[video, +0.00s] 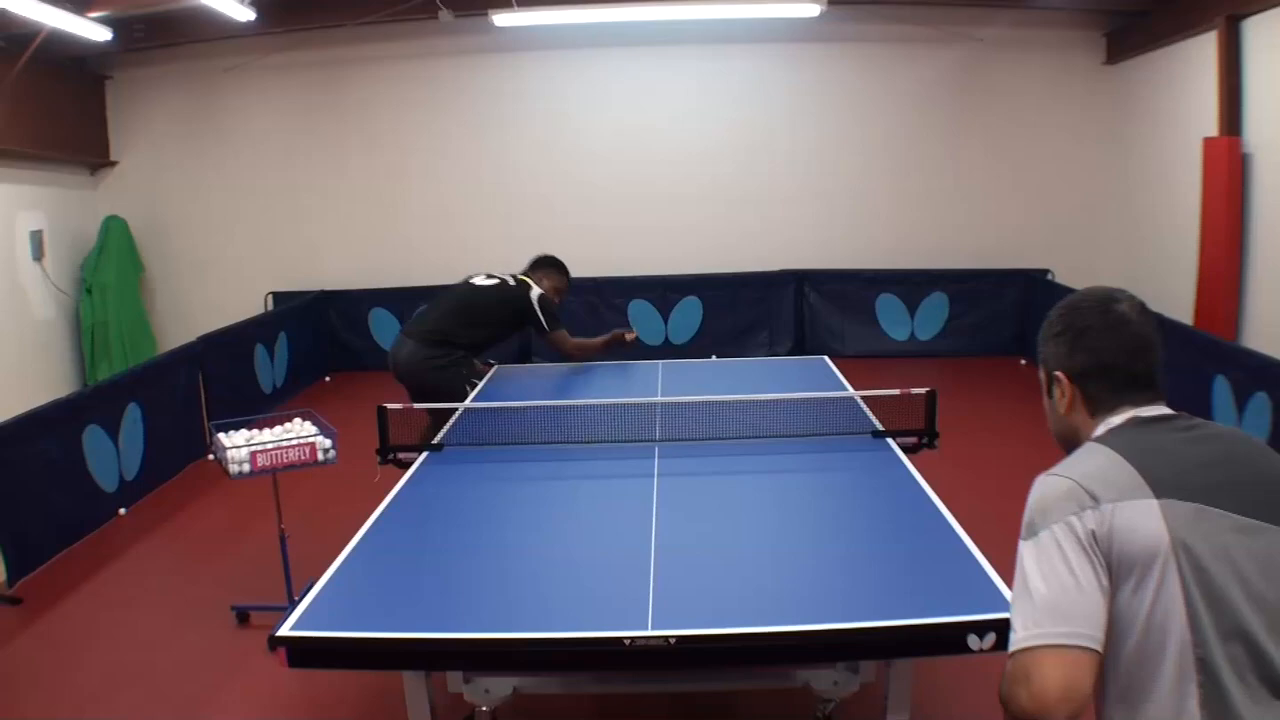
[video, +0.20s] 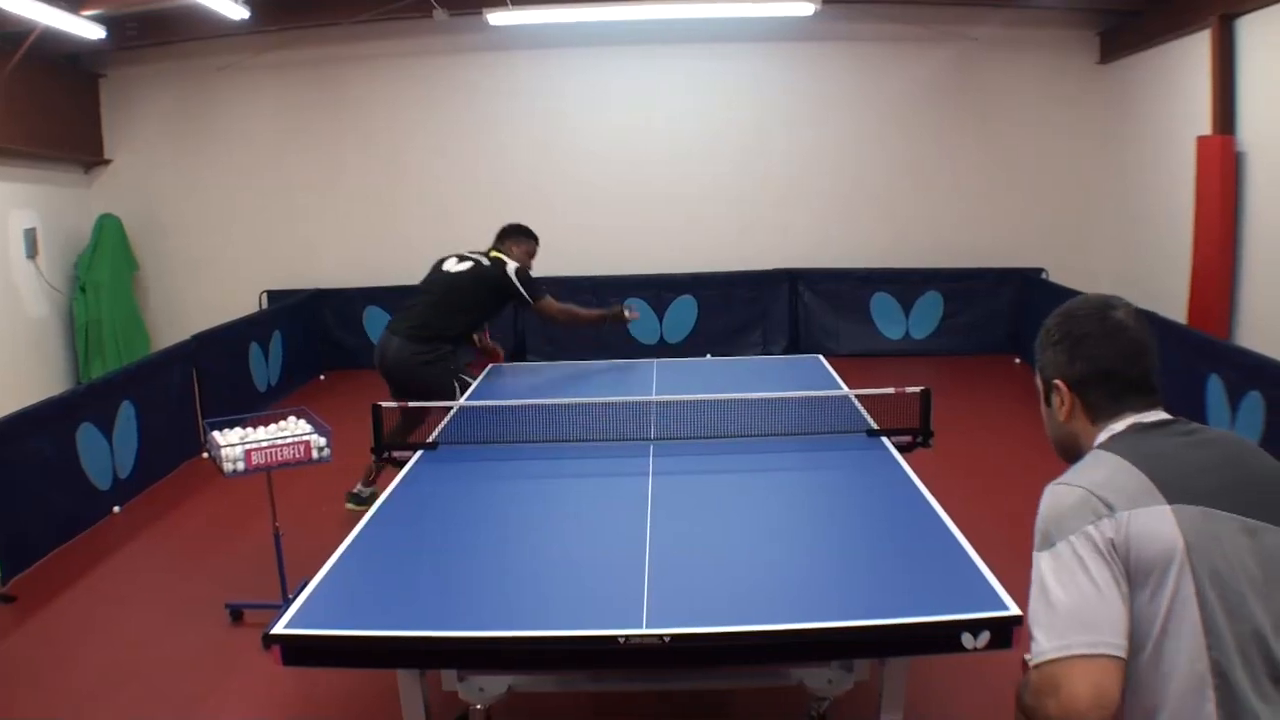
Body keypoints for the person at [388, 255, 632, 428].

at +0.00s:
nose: (558, 299)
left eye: (561, 294)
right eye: (559, 292)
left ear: (530, 273)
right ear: (545, 279)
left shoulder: (490, 280)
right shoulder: (535, 296)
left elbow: (448, 327)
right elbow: (569, 348)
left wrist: (480, 367)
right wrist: (610, 341)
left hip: (405, 352)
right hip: (433, 358)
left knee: (446, 413)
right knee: (485, 410)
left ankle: (423, 466)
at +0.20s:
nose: (531, 262)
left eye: (532, 256)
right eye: (529, 255)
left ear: (499, 245)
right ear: (513, 248)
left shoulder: (456, 260)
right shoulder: (509, 270)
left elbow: (443, 303)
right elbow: (555, 312)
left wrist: (478, 338)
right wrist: (609, 315)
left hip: (390, 351)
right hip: (424, 358)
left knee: (416, 411)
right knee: (475, 409)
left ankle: (366, 485)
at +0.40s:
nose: (485, 237)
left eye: (485, 231)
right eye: (482, 230)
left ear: (449, 226)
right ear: (465, 225)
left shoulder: (411, 253)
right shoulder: (464, 246)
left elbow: (401, 301)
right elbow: (523, 255)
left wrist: (446, 322)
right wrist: (569, 231)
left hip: (366, 352)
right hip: (402, 357)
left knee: (377, 428)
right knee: (459, 420)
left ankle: (330, 504)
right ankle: (450, 500)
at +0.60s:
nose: (447, 221)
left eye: (446, 216)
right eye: (441, 216)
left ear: (410, 220)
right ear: (420, 217)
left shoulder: (376, 248)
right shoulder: (428, 234)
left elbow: (336, 294)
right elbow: (482, 218)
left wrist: (377, 304)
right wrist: (531, 205)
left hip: (339, 343)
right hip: (372, 346)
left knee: (352, 424)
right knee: (432, 422)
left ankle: (324, 505)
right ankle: (440, 504)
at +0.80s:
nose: (437, 223)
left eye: (437, 219)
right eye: (434, 219)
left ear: (401, 219)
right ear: (418, 217)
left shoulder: (365, 241)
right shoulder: (421, 234)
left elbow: (326, 282)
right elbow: (466, 235)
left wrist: (359, 297)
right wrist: (498, 260)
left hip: (328, 337)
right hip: (363, 340)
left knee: (344, 420)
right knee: (422, 412)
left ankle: (319, 505)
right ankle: (429, 495)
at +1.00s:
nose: (459, 256)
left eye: (459, 250)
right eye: (457, 250)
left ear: (425, 246)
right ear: (446, 246)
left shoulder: (394, 257)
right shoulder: (440, 260)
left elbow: (361, 281)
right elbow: (441, 287)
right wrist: (442, 335)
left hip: (338, 353)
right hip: (372, 358)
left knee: (360, 426)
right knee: (438, 422)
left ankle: (319, 505)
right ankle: (440, 499)